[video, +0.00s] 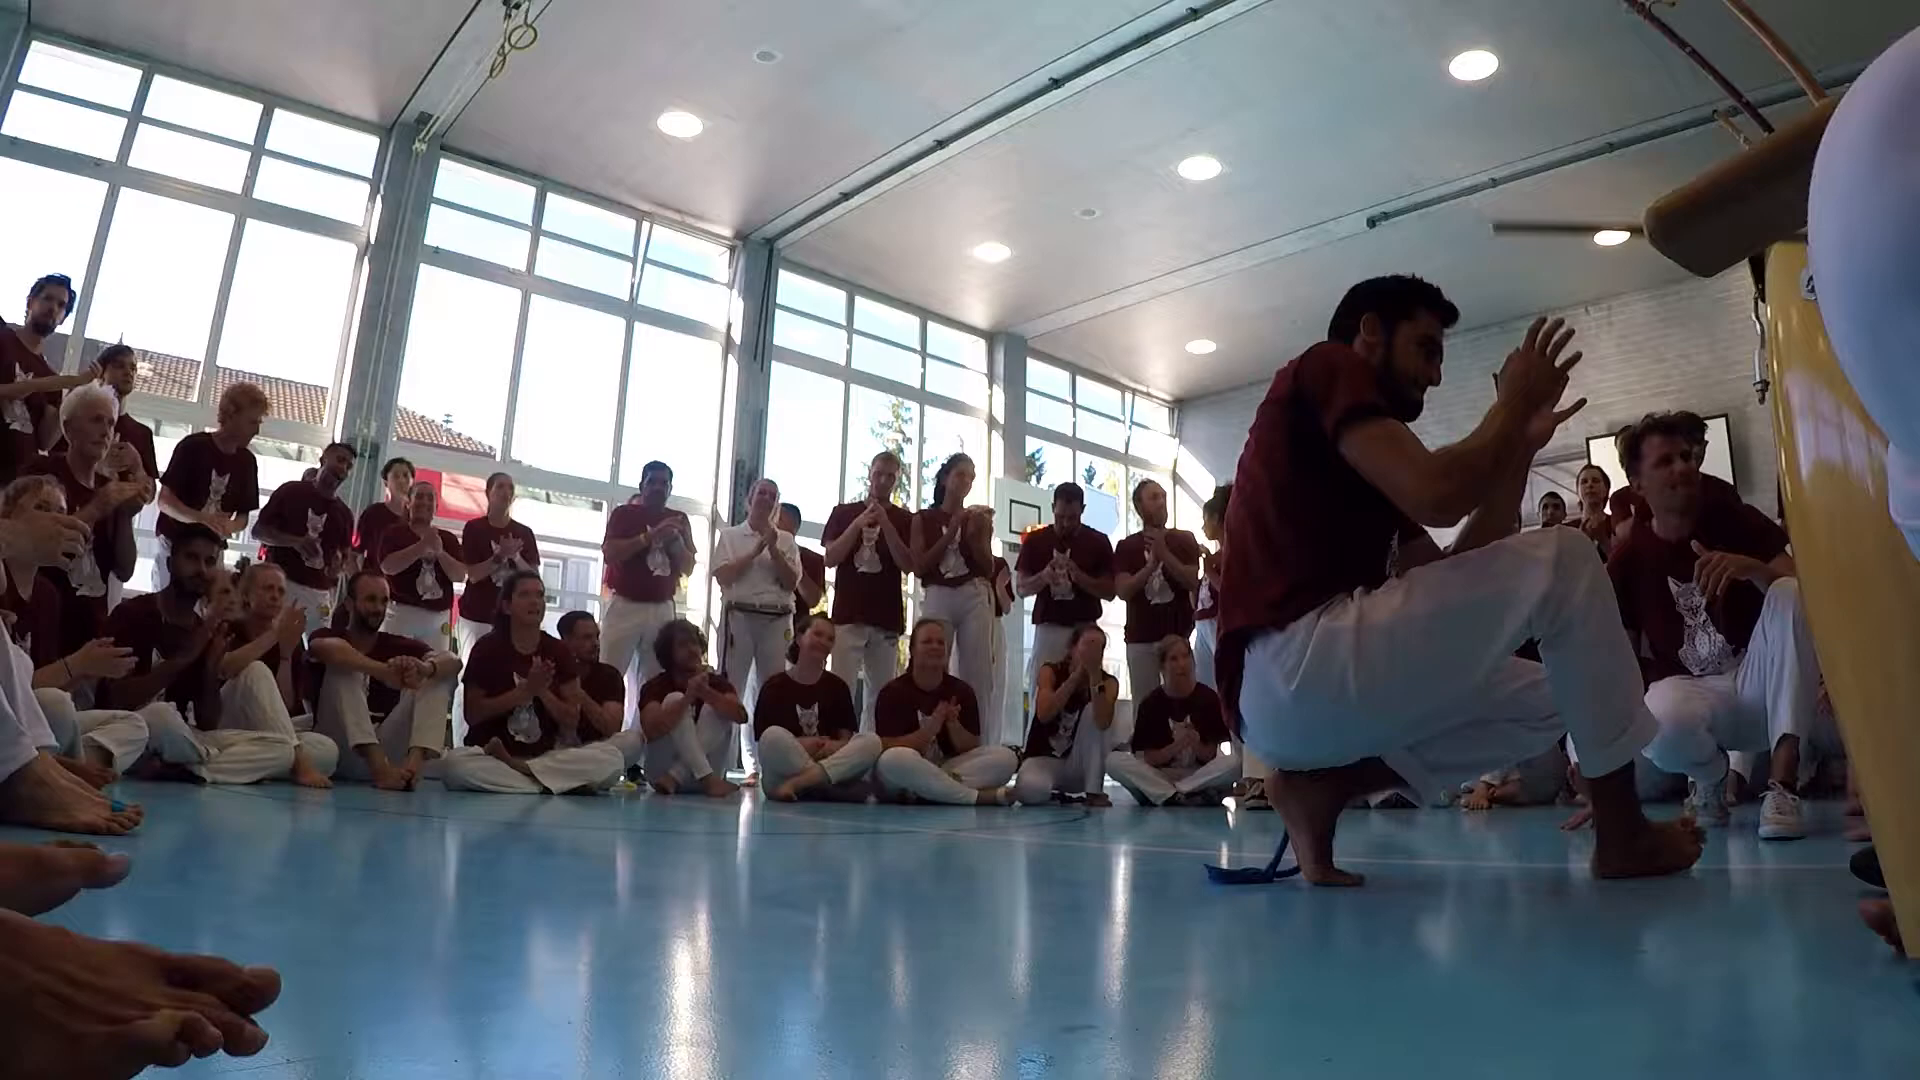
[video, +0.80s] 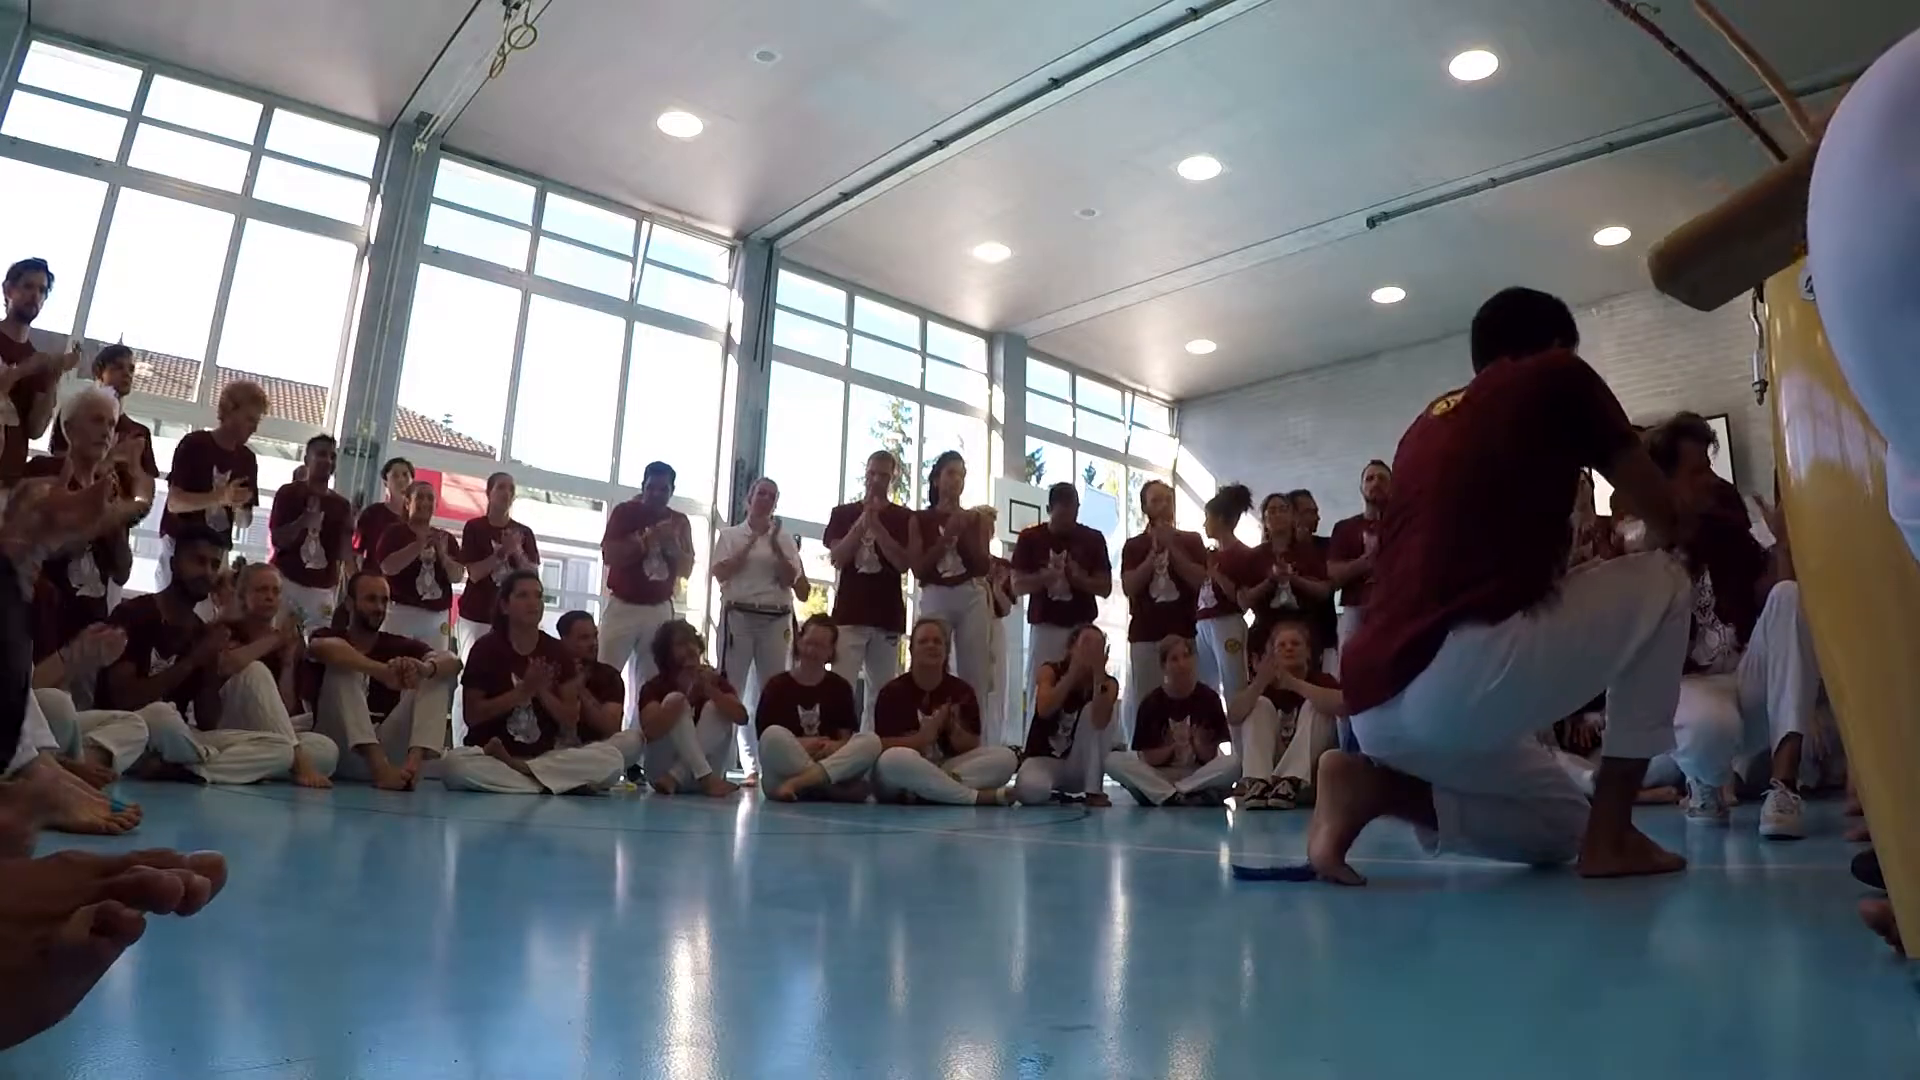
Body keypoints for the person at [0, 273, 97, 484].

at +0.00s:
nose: (53, 309)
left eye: (60, 306)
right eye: (47, 299)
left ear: (63, 318)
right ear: (30, 302)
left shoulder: (52, 379)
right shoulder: (5, 338)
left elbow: (46, 442)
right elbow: (9, 392)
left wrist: (77, 391)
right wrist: (72, 382)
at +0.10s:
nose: (53, 308)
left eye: (61, 305)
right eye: (47, 298)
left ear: (64, 317)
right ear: (30, 302)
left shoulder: (47, 375)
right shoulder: (3, 337)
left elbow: (46, 441)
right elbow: (4, 392)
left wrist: (77, 392)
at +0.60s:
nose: (38, 299)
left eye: (46, 294)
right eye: (32, 289)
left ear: (48, 303)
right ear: (12, 291)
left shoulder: (44, 369)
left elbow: (40, 426)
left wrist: (59, 375)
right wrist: (19, 361)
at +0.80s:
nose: (36, 296)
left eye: (42, 290)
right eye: (28, 286)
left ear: (46, 299)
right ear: (8, 290)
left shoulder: (39, 361)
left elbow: (36, 431)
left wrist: (51, 378)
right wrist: (25, 368)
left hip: (11, 470)